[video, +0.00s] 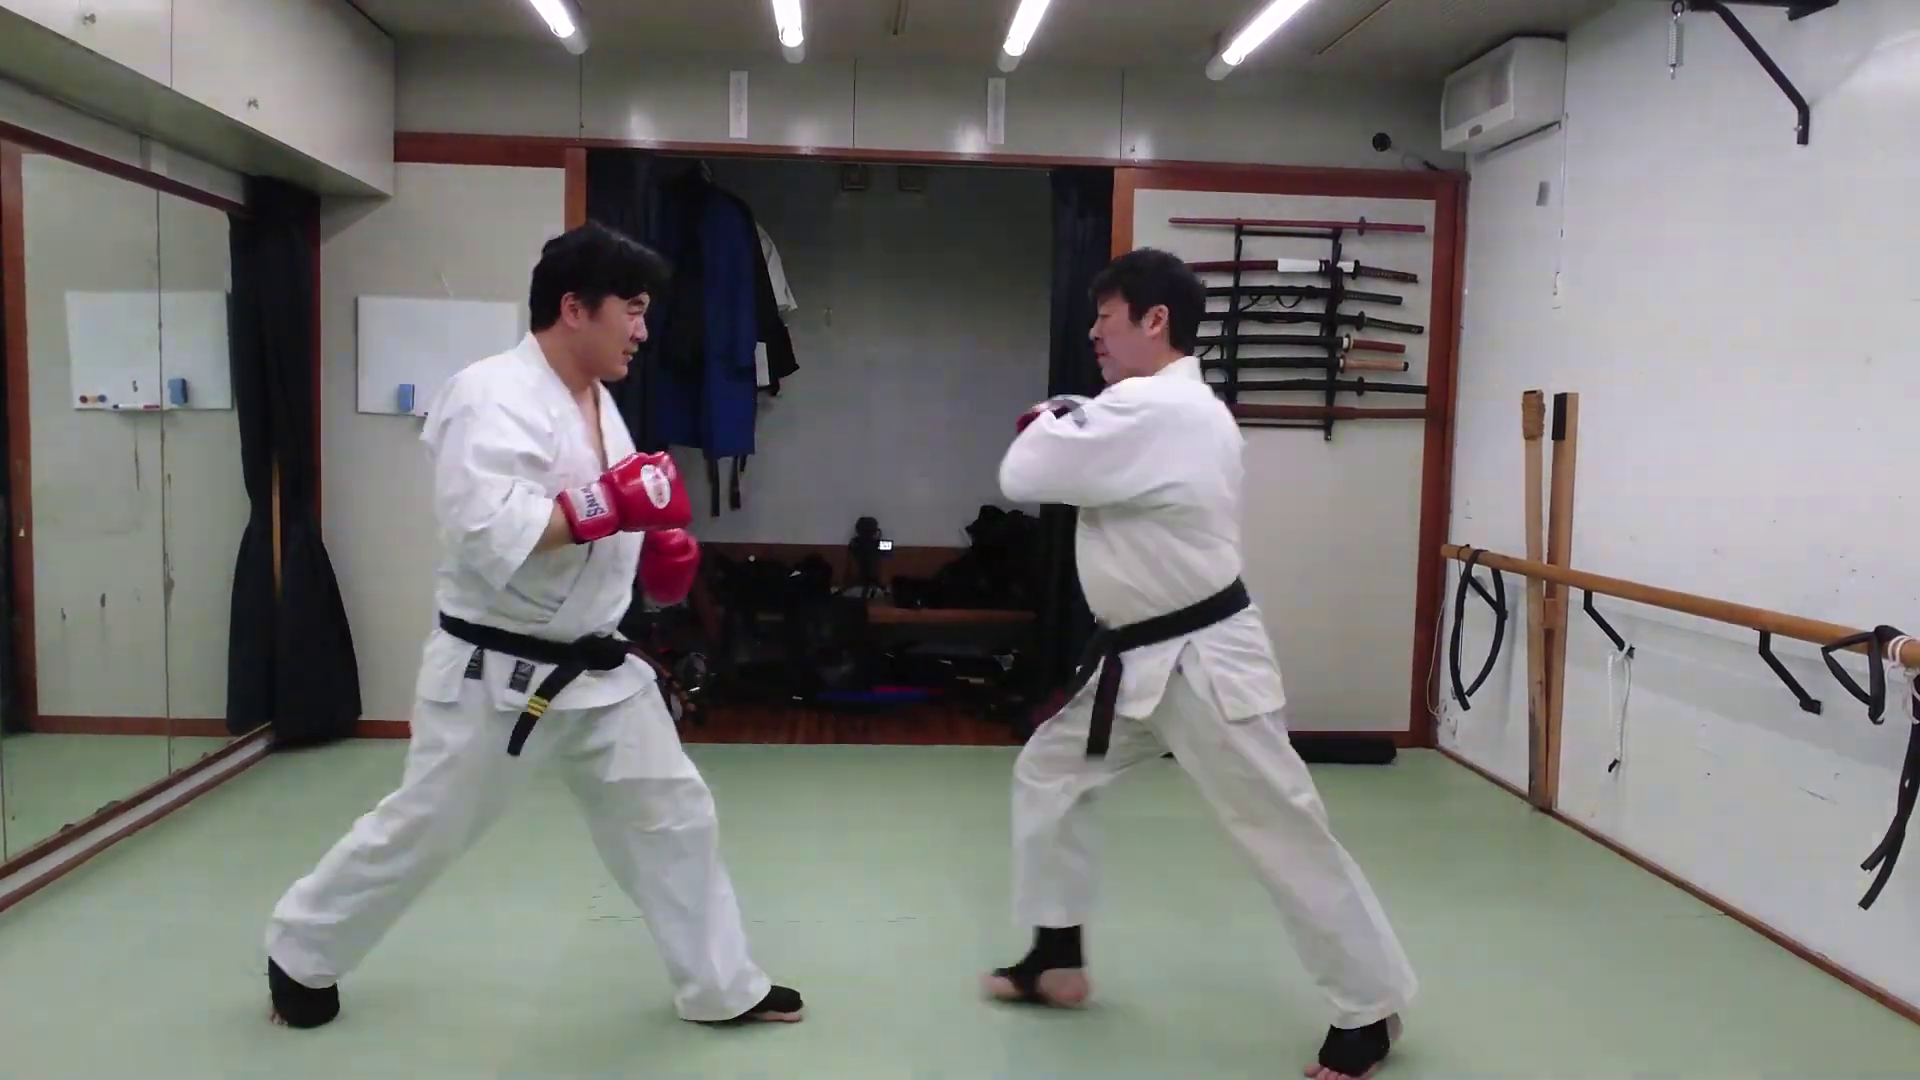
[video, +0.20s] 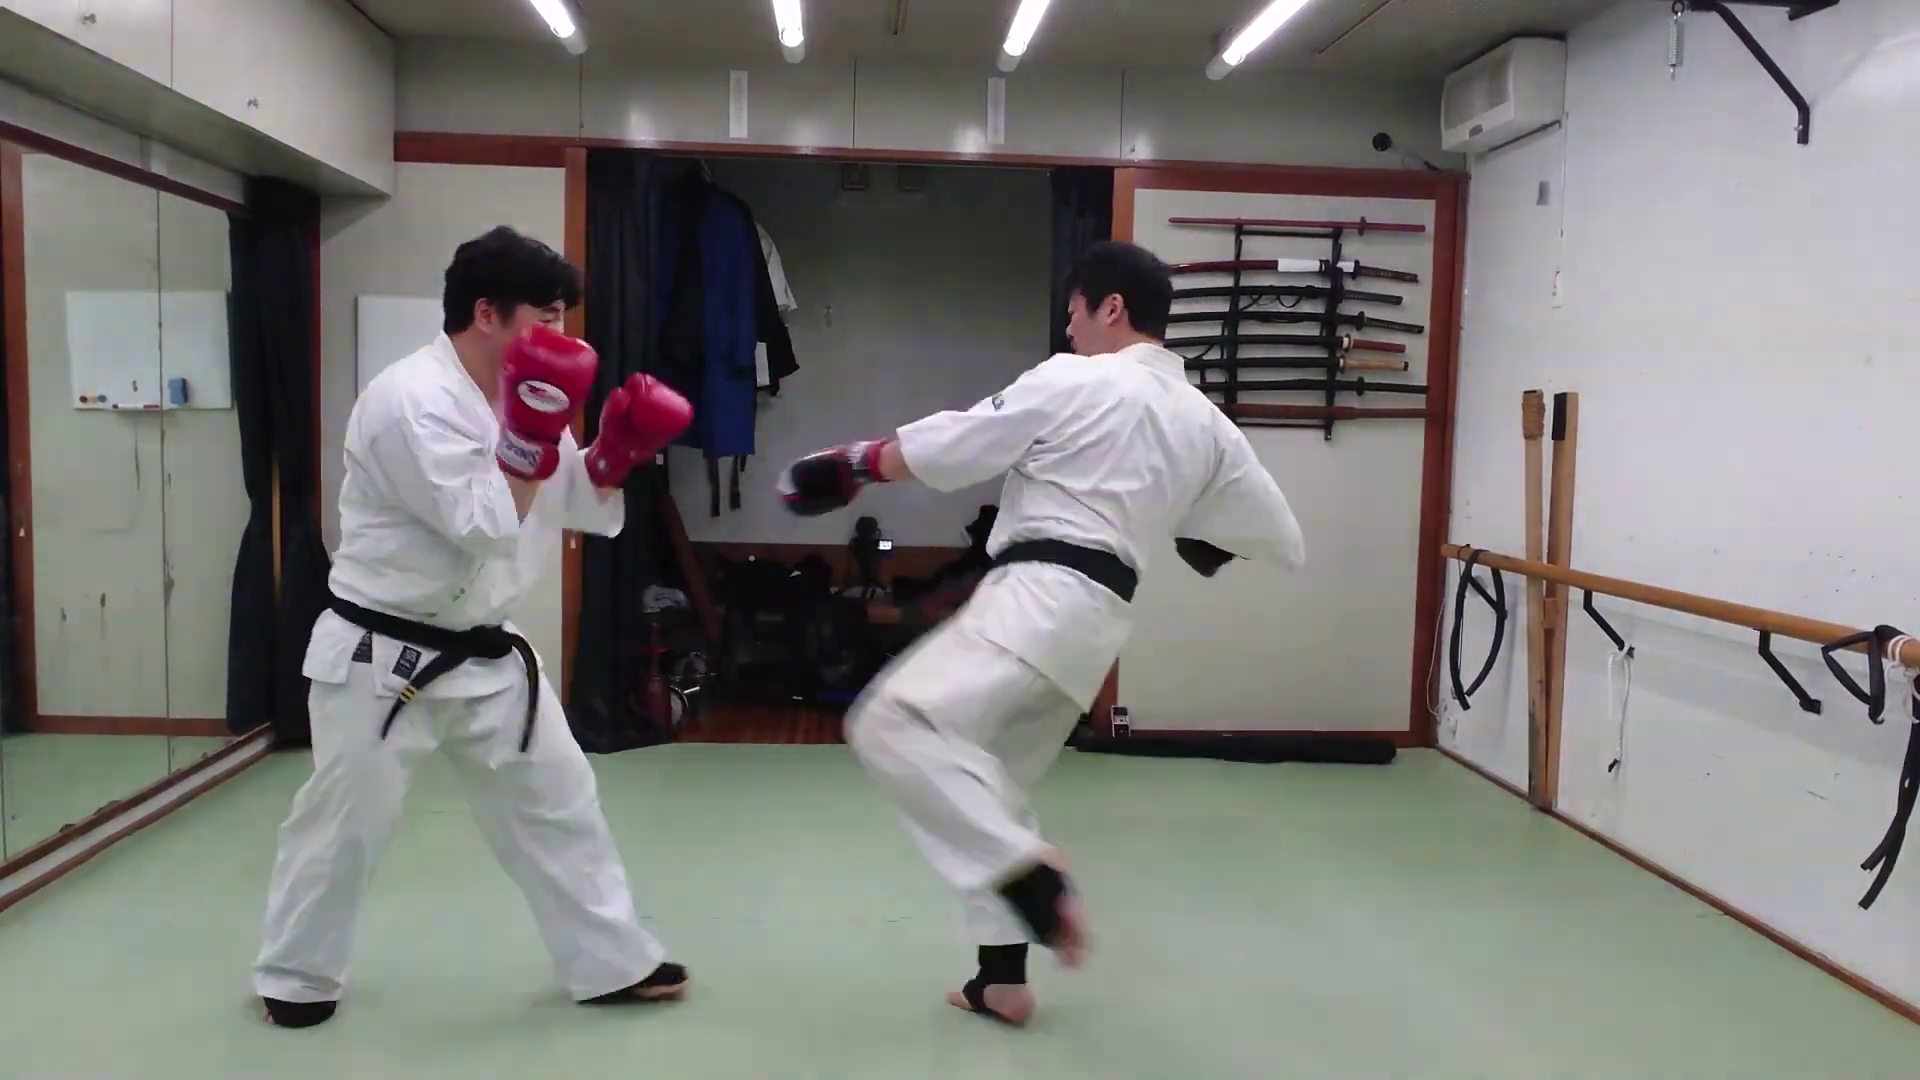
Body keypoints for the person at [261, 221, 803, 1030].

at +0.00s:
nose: (643, 328)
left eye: (645, 310)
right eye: (631, 308)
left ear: (586, 313)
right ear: (573, 309)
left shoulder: (600, 406)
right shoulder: (491, 397)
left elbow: (598, 535)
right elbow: (487, 529)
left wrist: (657, 567)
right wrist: (608, 508)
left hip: (594, 660)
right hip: (491, 663)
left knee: (676, 813)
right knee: (430, 824)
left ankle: (719, 987)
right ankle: (301, 945)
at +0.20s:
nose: (551, 341)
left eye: (557, 323)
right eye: (541, 321)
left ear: (499, 320)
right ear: (486, 316)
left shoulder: (499, 406)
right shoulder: (409, 400)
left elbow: (554, 498)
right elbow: (481, 524)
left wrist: (610, 461)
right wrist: (526, 441)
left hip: (482, 647)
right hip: (379, 646)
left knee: (557, 793)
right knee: (349, 812)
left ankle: (608, 963)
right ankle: (293, 973)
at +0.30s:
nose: (540, 334)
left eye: (544, 318)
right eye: (528, 317)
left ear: (542, 316)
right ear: (478, 314)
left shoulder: (513, 374)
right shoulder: (413, 381)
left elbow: (596, 478)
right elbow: (514, 495)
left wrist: (621, 400)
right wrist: (514, 401)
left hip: (458, 632)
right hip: (349, 624)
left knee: (524, 780)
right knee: (327, 793)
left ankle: (522, 946)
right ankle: (275, 969)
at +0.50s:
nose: (534, 351)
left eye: (539, 336)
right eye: (526, 332)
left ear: (483, 328)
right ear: (473, 323)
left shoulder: (496, 407)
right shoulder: (392, 389)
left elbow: (555, 507)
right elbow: (464, 516)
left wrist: (541, 576)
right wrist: (522, 431)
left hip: (448, 651)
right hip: (344, 642)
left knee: (527, 777)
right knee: (287, 819)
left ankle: (510, 942)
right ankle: (219, 987)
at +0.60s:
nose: (538, 330)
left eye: (544, 316)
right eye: (528, 309)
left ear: (488, 312)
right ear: (475, 302)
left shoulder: (519, 408)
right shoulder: (405, 370)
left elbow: (544, 520)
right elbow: (463, 465)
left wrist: (542, 605)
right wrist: (555, 404)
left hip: (483, 647)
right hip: (379, 634)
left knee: (531, 788)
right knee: (331, 809)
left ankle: (508, 946)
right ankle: (230, 980)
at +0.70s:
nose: (536, 329)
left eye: (542, 315)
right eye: (528, 310)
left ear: (489, 304)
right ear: (474, 297)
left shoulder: (490, 389)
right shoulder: (414, 358)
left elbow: (488, 502)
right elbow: (461, 447)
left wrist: (562, 527)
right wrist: (559, 442)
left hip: (504, 617)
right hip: (427, 611)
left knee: (548, 778)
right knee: (474, 766)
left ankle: (511, 943)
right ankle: (319, 877)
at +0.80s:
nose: (534, 331)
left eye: (541, 319)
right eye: (524, 314)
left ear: (480, 313)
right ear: (472, 304)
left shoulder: (474, 378)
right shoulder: (436, 359)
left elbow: (491, 477)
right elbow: (434, 475)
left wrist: (567, 449)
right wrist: (511, 521)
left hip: (436, 593)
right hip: (452, 581)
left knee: (525, 756)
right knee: (605, 668)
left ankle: (512, 944)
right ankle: (498, 822)